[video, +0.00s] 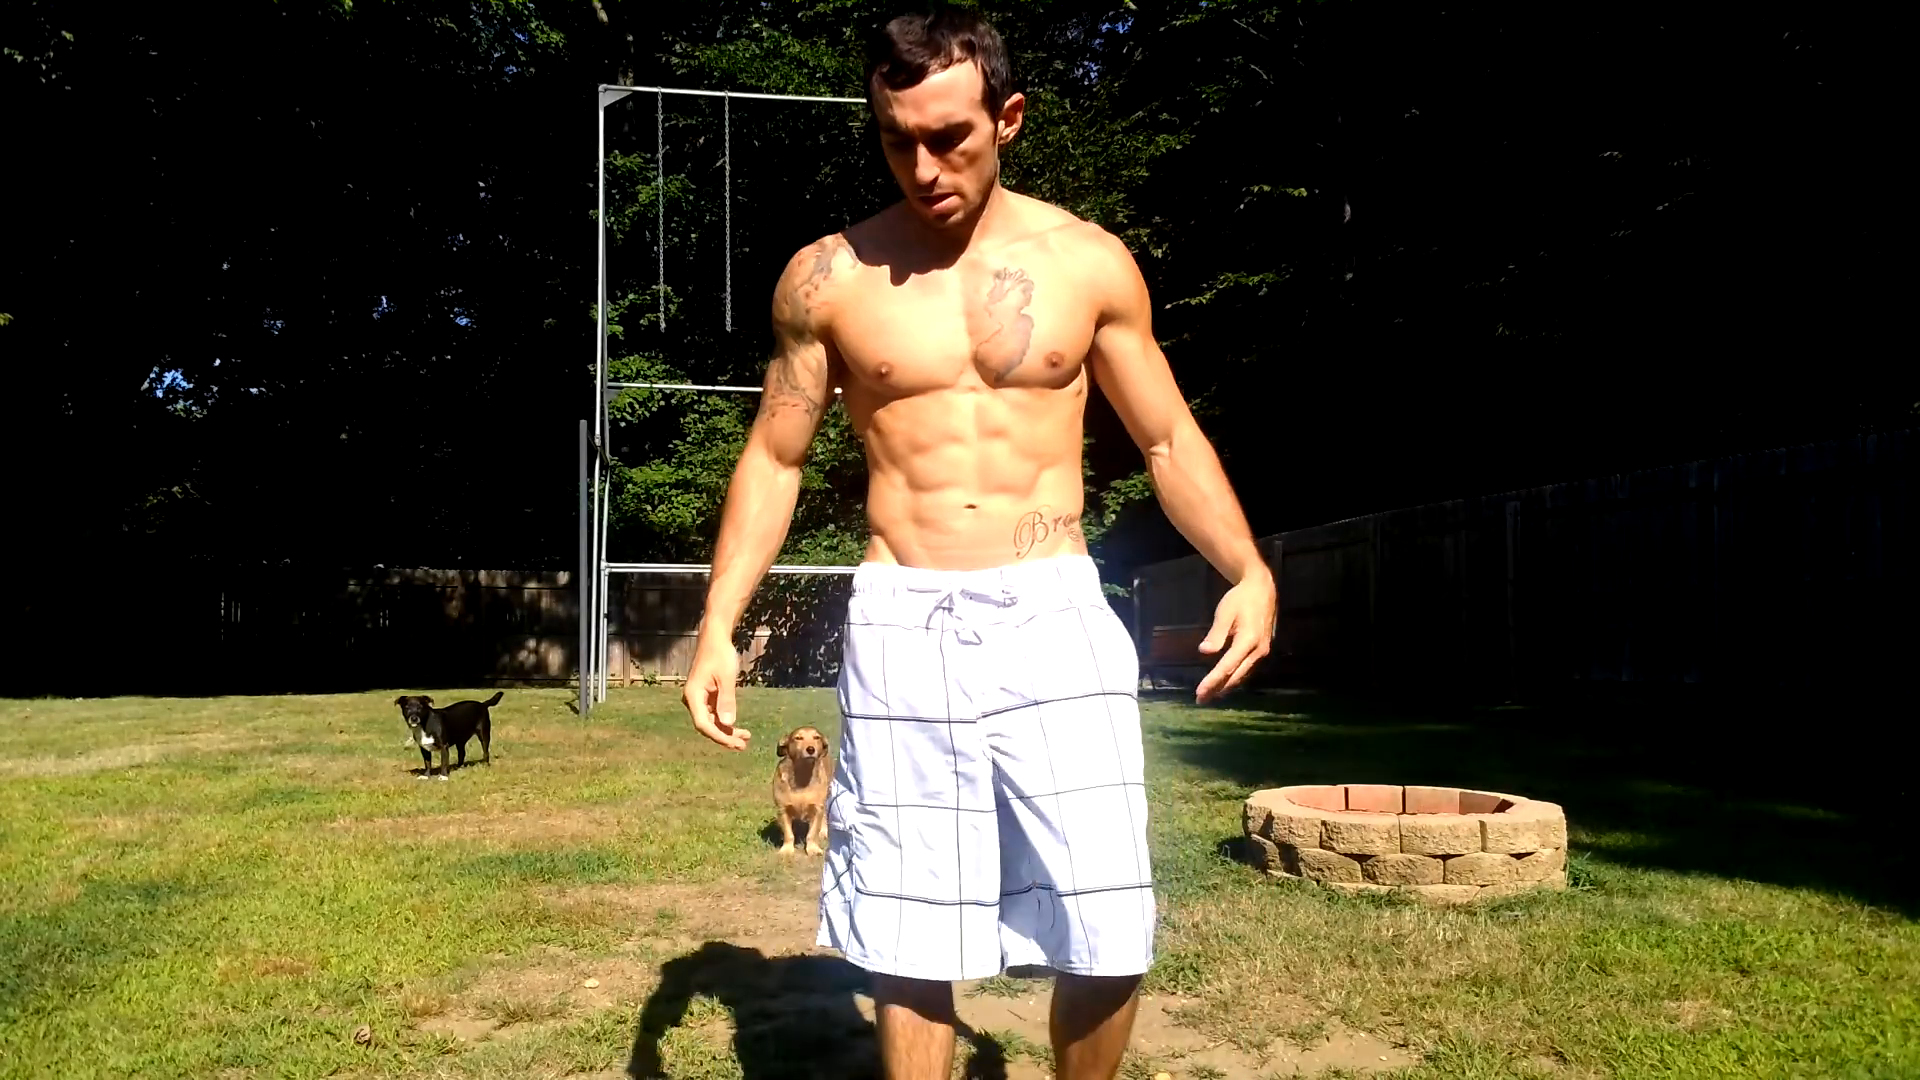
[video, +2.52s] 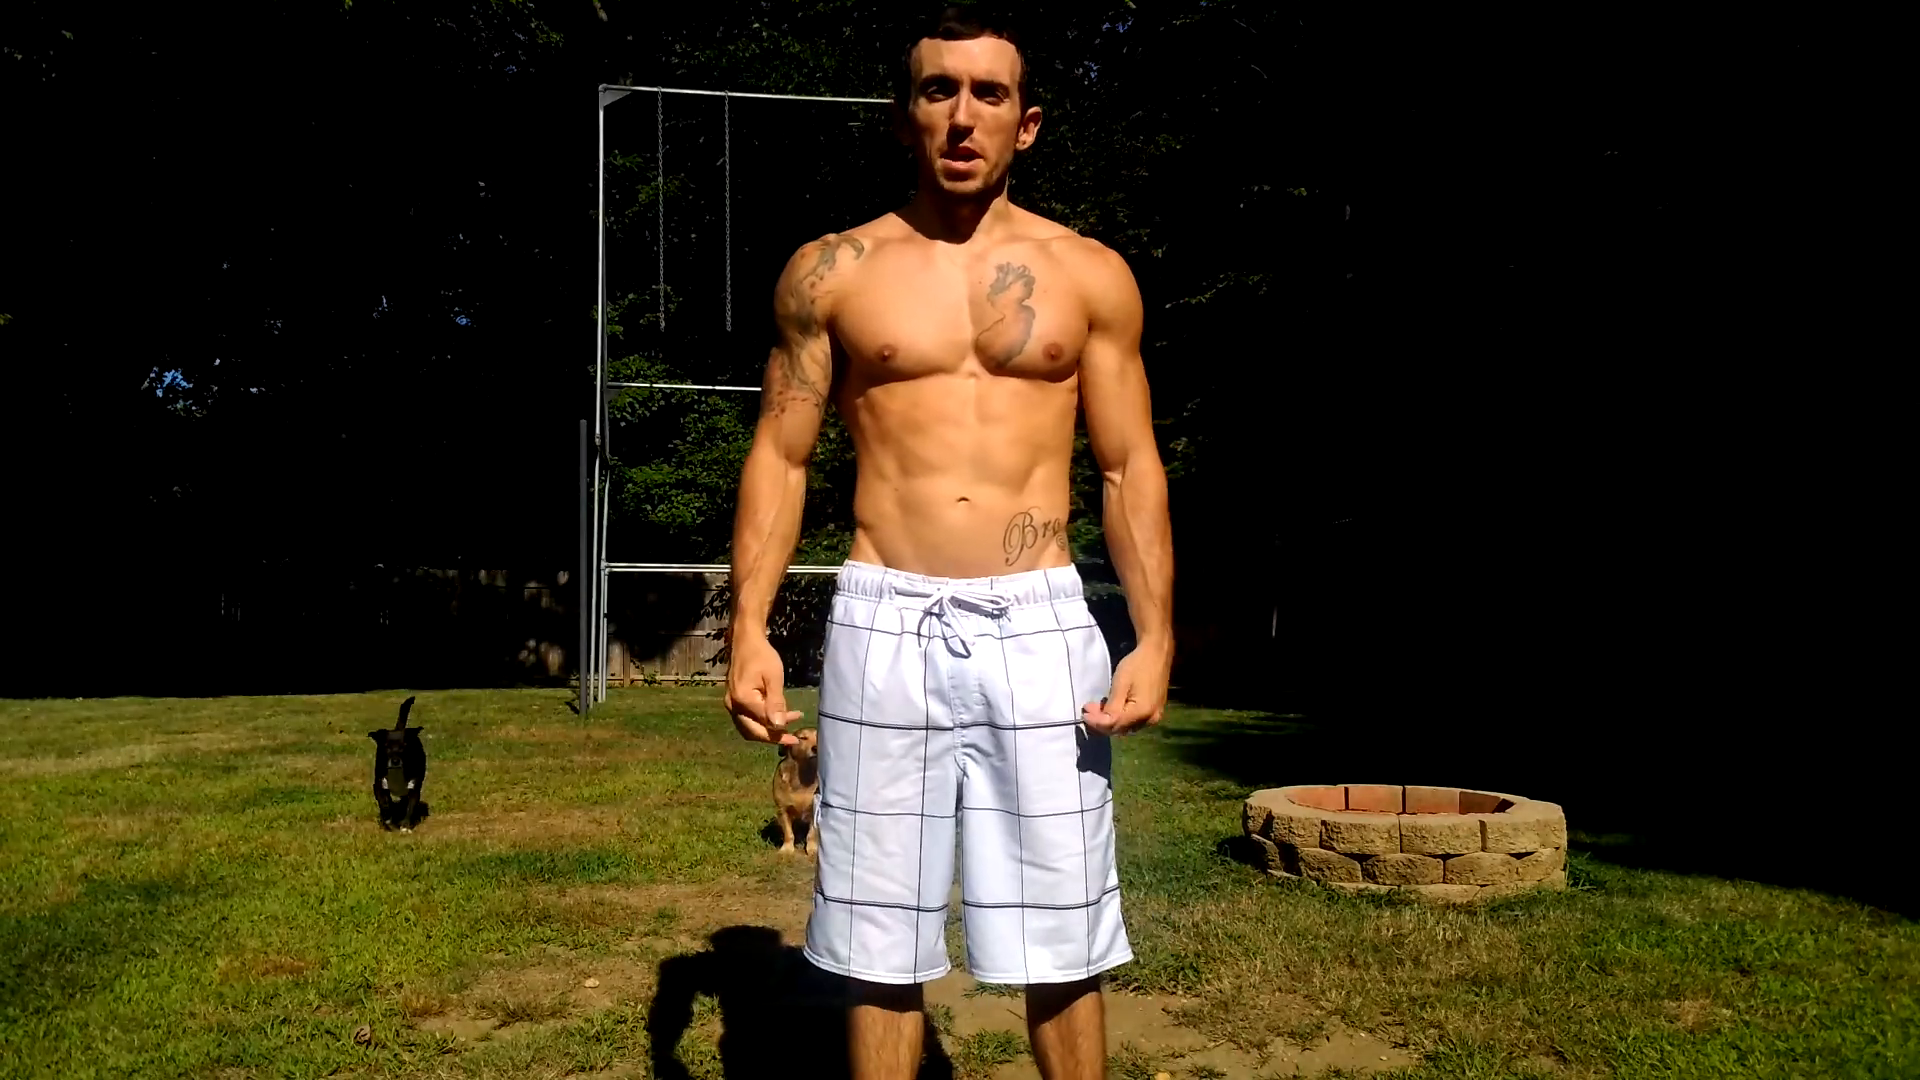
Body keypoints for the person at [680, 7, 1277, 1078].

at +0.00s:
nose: (924, 171)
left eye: (950, 138)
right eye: (900, 143)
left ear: (1007, 118)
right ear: (877, 128)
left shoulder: (1091, 264)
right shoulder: (826, 279)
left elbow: (1171, 441)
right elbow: (773, 457)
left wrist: (1251, 568)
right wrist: (718, 628)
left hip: (1059, 619)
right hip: (899, 625)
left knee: (1108, 947)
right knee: (910, 954)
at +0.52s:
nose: (1021, 208)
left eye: (1044, 181)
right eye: (997, 182)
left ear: (1098, 153)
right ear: (972, 161)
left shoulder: (1173, 288)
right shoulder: (921, 282)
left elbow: (1227, 469)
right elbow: (884, 448)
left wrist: (1249, 625)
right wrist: (846, 613)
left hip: (1097, 625)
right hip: (951, 614)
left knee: (1101, 917)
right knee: (912, 908)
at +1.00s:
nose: (948, 162)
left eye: (972, 139)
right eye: (925, 140)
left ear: (1011, 151)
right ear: (897, 154)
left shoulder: (1079, 291)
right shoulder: (831, 297)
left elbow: (1130, 465)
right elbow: (786, 466)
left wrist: (1144, 606)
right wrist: (752, 624)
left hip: (1037, 626)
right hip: (889, 628)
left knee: (1070, 928)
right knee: (894, 929)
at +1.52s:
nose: (993, 132)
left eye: (1017, 112)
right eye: (970, 110)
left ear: (1049, 135)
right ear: (936, 132)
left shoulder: (1117, 285)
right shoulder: (859, 282)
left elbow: (1170, 466)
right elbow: (806, 454)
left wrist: (1185, 627)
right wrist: (782, 625)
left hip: (1070, 625)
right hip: (918, 625)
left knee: (1083, 933)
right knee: (911, 941)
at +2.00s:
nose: (978, 119)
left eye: (1005, 98)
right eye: (956, 96)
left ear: (1040, 128)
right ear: (926, 118)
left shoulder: (1112, 276)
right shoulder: (850, 276)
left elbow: (1156, 462)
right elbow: (804, 459)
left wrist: (1198, 610)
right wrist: (776, 636)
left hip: (1065, 622)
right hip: (908, 620)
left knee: (1079, 945)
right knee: (899, 942)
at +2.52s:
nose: (961, 116)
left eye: (988, 94)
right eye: (938, 92)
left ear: (1023, 121)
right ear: (906, 113)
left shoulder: (1091, 274)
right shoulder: (828, 273)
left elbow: (1130, 465)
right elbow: (781, 454)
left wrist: (1155, 636)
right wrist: (749, 630)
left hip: (1040, 623)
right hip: (882, 622)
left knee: (1063, 946)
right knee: (878, 949)